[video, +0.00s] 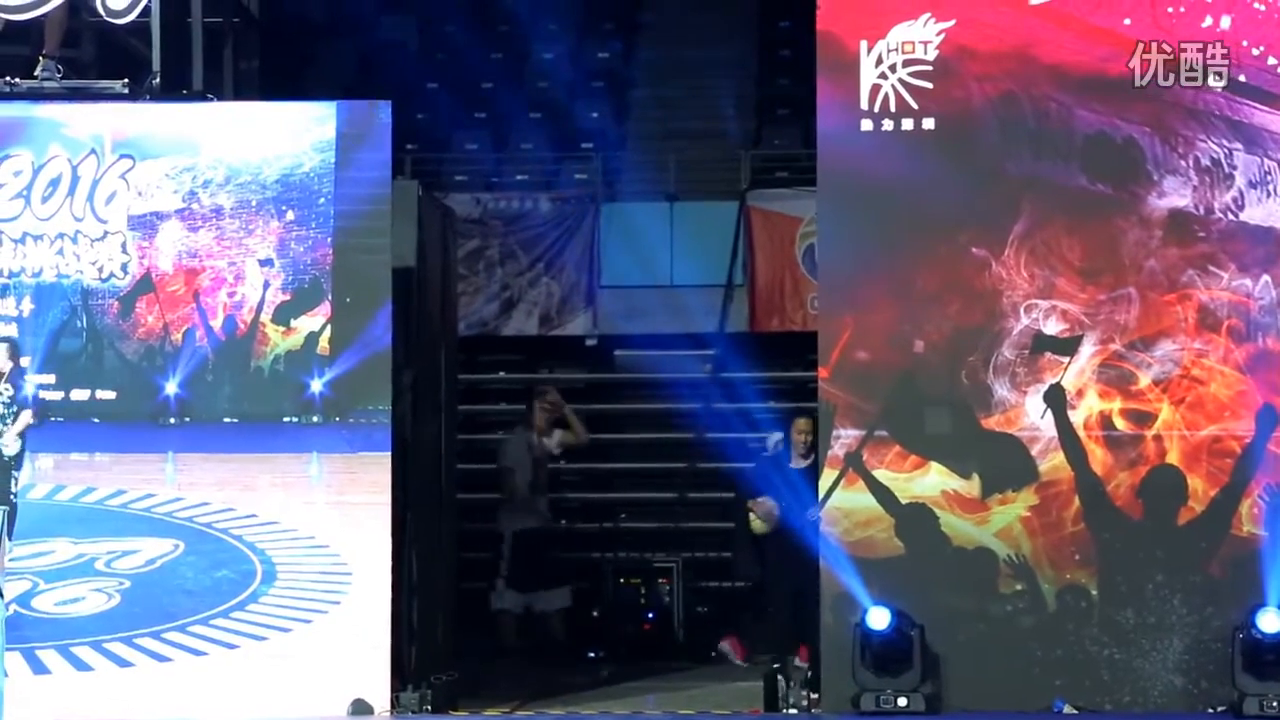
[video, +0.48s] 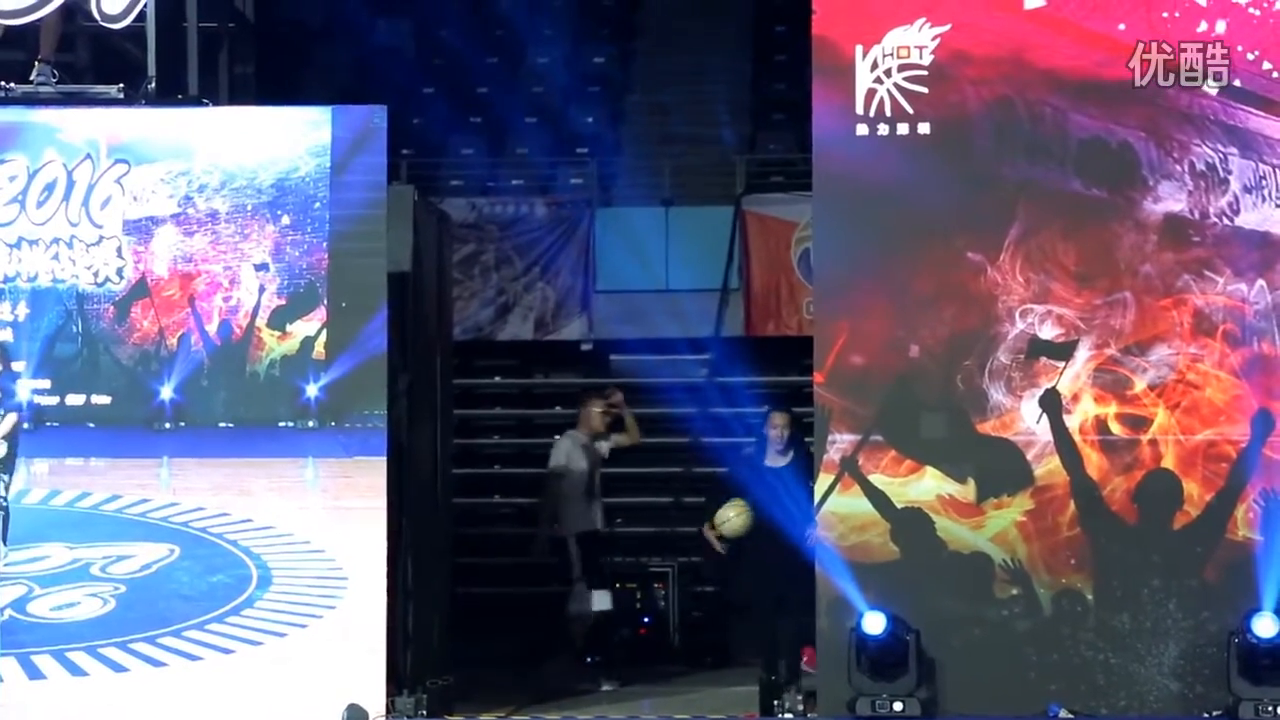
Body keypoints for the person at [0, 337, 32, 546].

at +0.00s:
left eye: (3, 355)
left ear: (11, 357)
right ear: (2, 356)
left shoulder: (19, 381)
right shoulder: (8, 379)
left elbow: (27, 412)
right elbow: (27, 412)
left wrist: (11, 433)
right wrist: (11, 432)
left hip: (9, 441)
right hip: (5, 439)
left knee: (7, 494)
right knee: (6, 493)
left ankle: (6, 539)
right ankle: (5, 538)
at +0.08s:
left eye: (1, 354)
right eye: (0, 354)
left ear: (7, 356)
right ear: (6, 355)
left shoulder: (15, 379)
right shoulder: (10, 378)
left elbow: (24, 412)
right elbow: (24, 412)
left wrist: (8, 434)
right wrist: (8, 434)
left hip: (9, 445)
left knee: (8, 495)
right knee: (8, 495)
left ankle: (6, 540)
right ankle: (6, 538)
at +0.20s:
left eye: (0, 352)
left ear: (5, 354)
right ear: (5, 354)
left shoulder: (13, 377)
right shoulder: (9, 377)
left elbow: (21, 412)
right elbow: (21, 411)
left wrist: (6, 436)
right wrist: (7, 435)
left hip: (9, 443)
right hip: (5, 442)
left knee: (6, 496)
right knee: (5, 495)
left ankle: (5, 540)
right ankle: (4, 540)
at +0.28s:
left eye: (0, 354)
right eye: (0, 353)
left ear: (5, 356)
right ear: (6, 356)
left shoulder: (11, 377)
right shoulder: (9, 377)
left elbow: (20, 411)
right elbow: (20, 410)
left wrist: (4, 436)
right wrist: (6, 435)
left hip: (9, 443)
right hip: (6, 442)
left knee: (5, 494)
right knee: (5, 494)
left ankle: (4, 541)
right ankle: (4, 541)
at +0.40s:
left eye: (0, 357)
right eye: (1, 357)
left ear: (4, 359)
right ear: (6, 359)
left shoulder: (8, 378)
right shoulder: (8, 378)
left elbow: (15, 411)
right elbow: (15, 411)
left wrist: (2, 435)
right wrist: (4, 434)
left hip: (7, 445)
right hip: (7, 444)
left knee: (3, 495)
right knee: (3, 495)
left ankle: (3, 541)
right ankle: (3, 540)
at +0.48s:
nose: (1, 363)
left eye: (1, 360)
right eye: (2, 359)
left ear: (4, 361)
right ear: (6, 361)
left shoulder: (8, 381)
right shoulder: (7, 380)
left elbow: (13, 412)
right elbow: (13, 412)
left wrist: (2, 436)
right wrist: (5, 436)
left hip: (7, 448)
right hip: (7, 447)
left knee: (2, 497)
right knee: (3, 497)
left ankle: (2, 542)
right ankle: (2, 542)